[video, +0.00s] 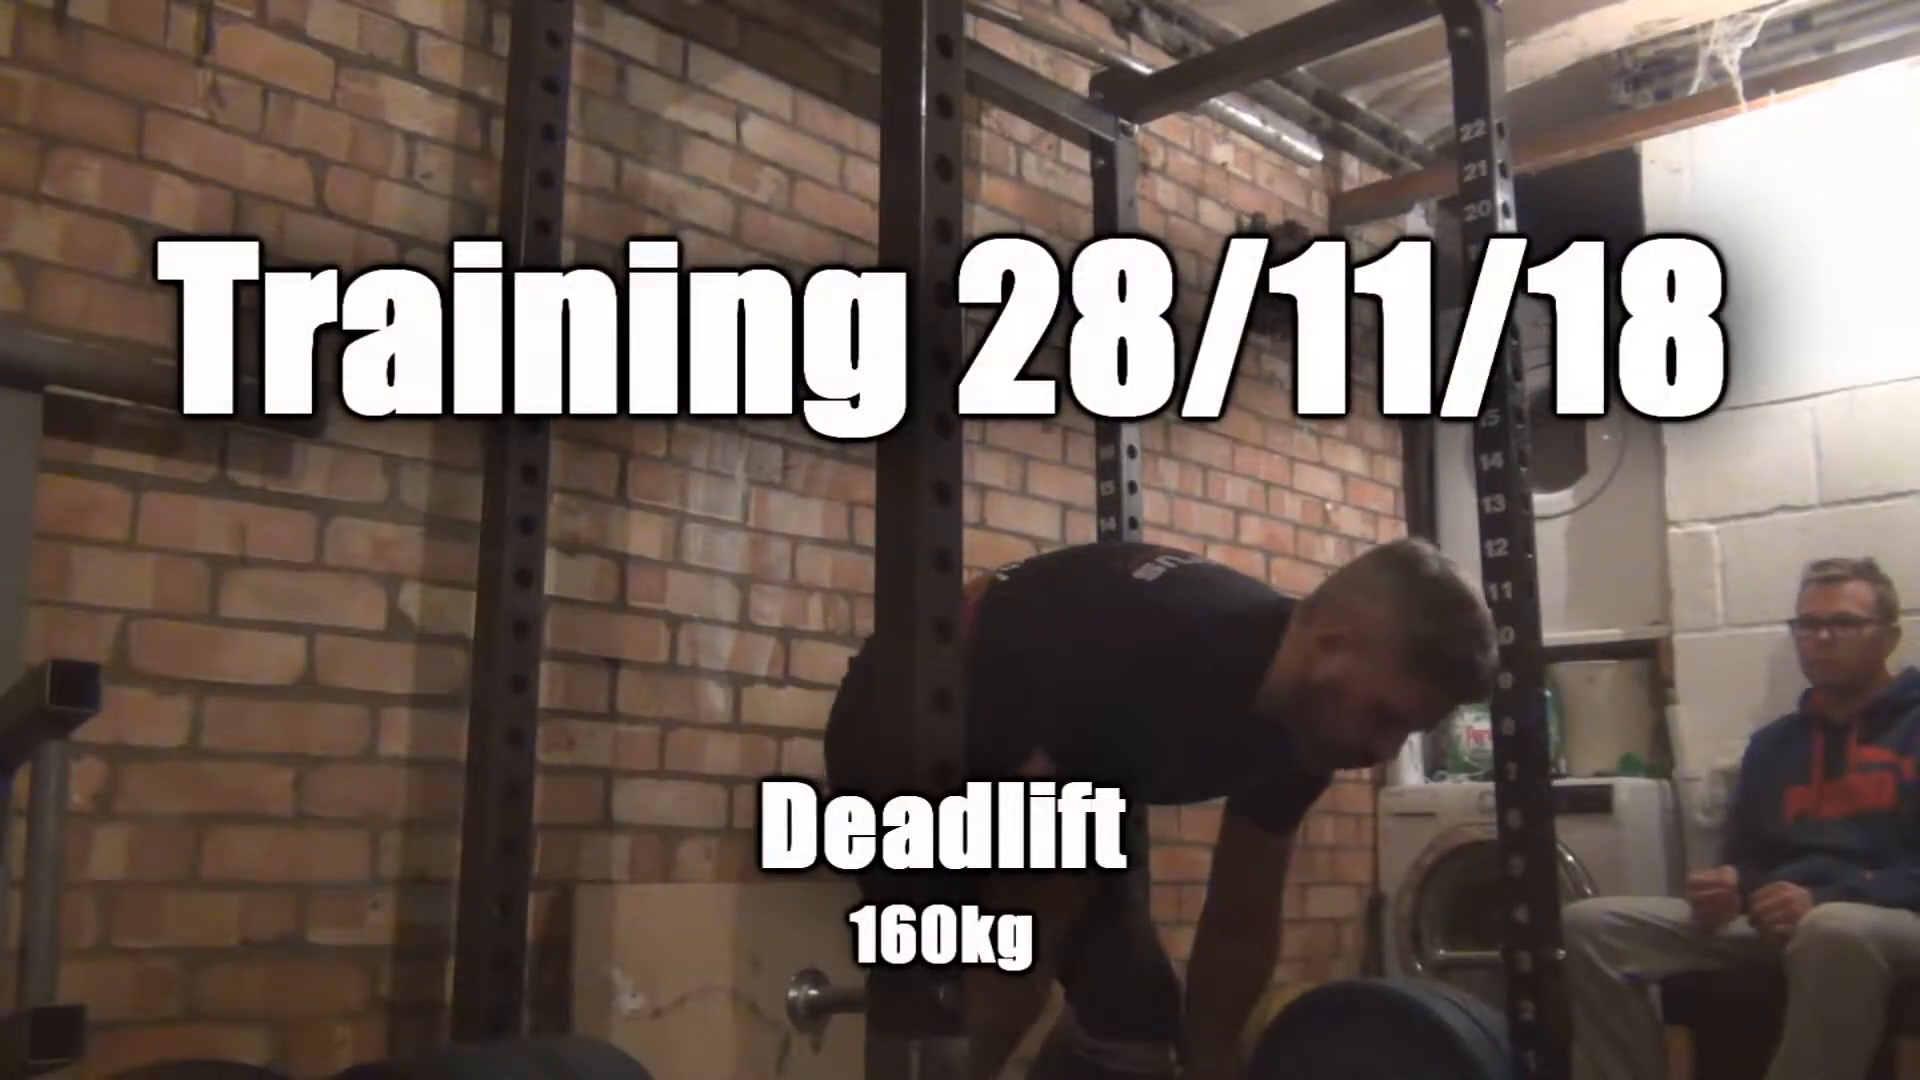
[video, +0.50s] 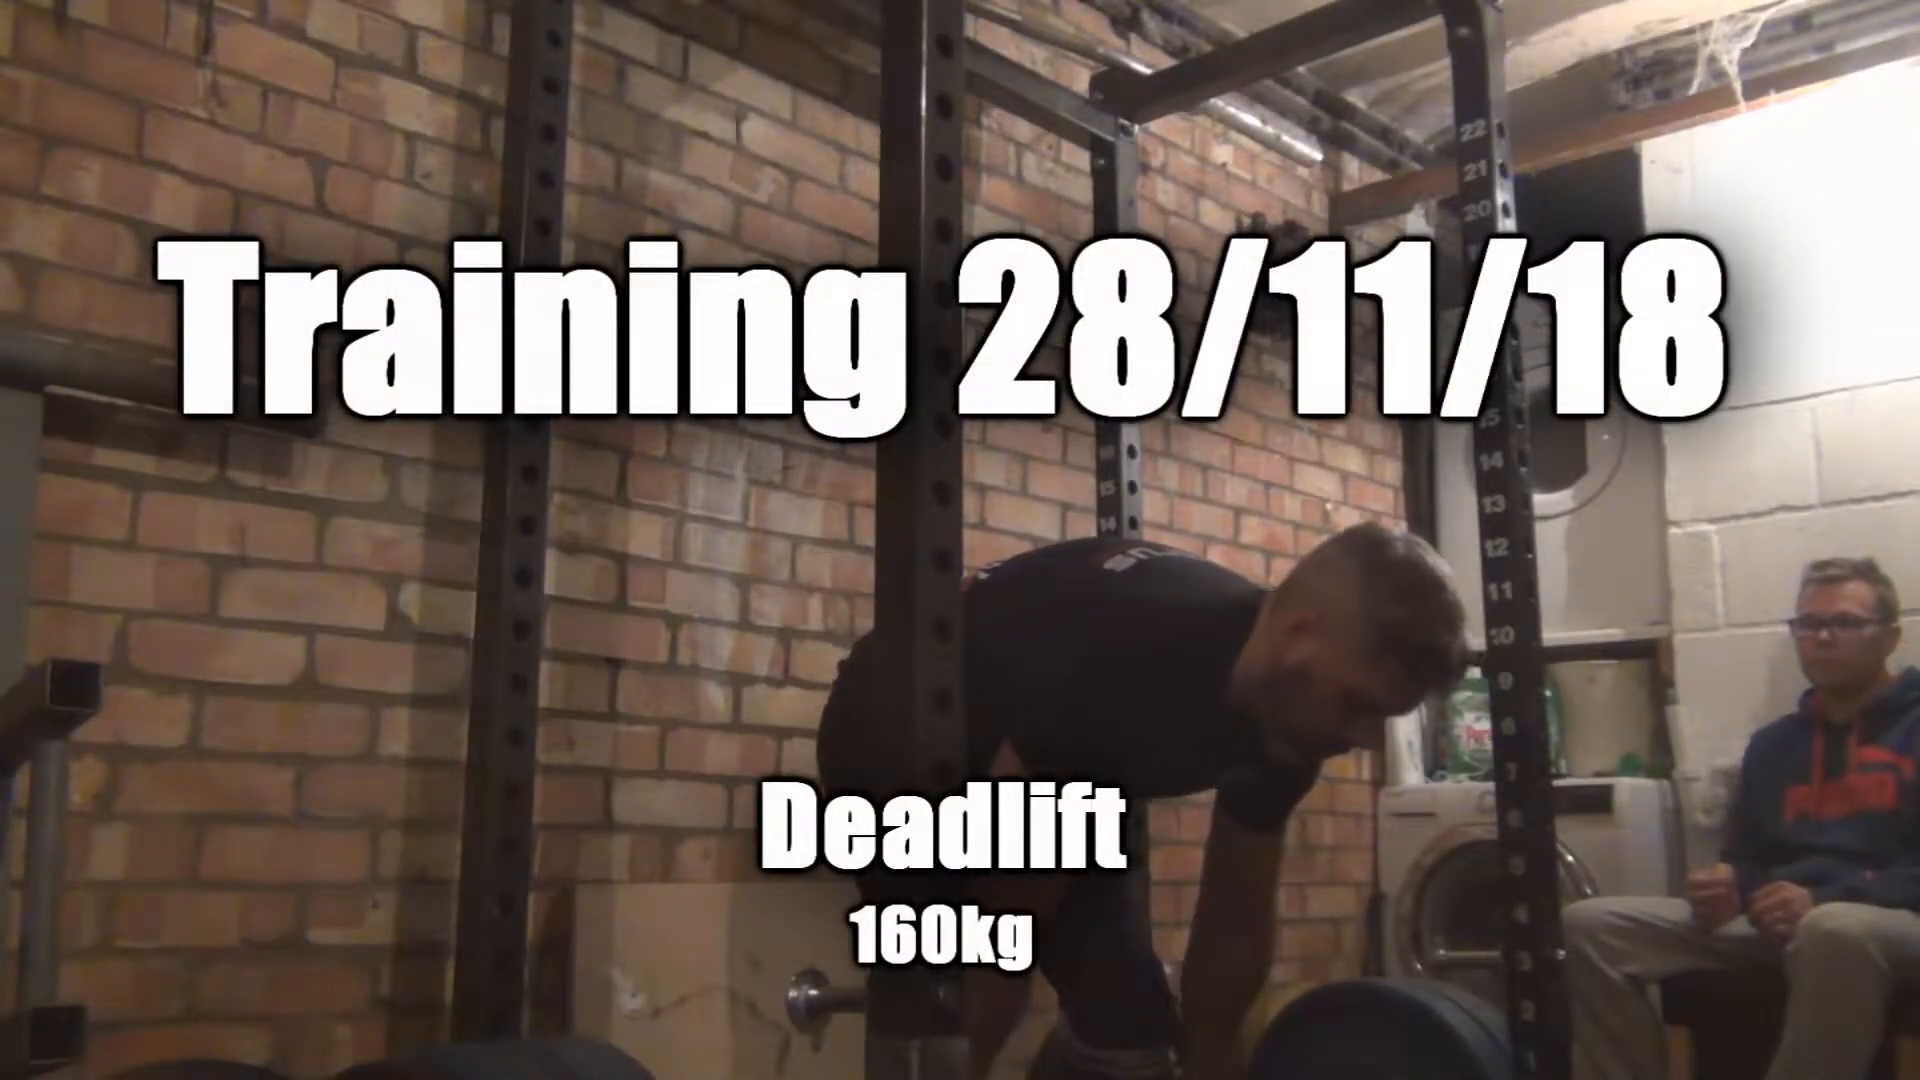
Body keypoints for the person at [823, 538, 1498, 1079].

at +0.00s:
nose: (1384, 754)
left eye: (1404, 734)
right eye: (1384, 719)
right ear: (1326, 646)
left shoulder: (1303, 730)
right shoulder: (1145, 648)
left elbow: (1240, 923)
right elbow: (1025, 943)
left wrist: (1211, 1067)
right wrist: (968, 1067)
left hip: (1056, 779)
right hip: (912, 730)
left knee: (1134, 1015)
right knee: (953, 1018)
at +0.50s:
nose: (1362, 739)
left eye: (1380, 720)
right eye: (1356, 708)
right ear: (1291, 638)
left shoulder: (1288, 726)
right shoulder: (1122, 650)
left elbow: (1234, 924)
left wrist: (1208, 1067)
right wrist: (969, 1063)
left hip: (1066, 784)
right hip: (907, 744)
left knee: (1131, 1033)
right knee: (930, 1026)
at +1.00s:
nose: (1385, 743)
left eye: (1404, 723)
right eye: (1384, 711)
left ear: (1324, 640)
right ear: (1320, 637)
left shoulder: (1295, 724)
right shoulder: (1145, 657)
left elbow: (1241, 920)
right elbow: (1043, 903)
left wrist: (1211, 1063)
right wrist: (980, 1064)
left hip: (1066, 777)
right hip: (914, 722)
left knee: (1130, 1017)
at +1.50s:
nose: (1376, 735)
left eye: (1396, 715)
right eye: (1372, 700)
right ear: (1309, 624)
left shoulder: (1308, 728)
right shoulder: (1122, 637)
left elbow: (1244, 925)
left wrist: (1214, 1066)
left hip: (1069, 778)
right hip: (923, 740)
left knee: (1133, 1033)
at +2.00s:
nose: (1388, 726)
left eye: (1407, 704)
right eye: (1384, 692)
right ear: (1316, 623)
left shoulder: (1314, 720)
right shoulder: (1153, 656)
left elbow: (1251, 923)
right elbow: (1028, 913)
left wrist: (1216, 1068)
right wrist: (984, 1069)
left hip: (1065, 766)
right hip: (918, 730)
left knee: (1138, 1019)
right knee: (934, 1013)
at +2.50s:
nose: (1392, 731)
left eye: (1411, 709)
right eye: (1387, 696)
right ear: (1320, 626)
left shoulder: (1324, 736)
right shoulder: (1152, 650)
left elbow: (1257, 931)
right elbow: (1030, 921)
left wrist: (1215, 1070)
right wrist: (968, 1069)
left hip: (1071, 763)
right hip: (926, 728)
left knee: (1138, 1024)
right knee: (937, 1019)